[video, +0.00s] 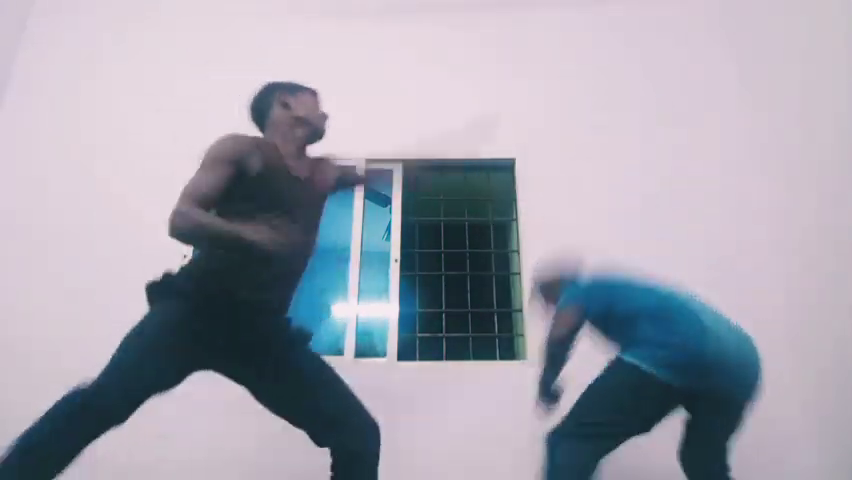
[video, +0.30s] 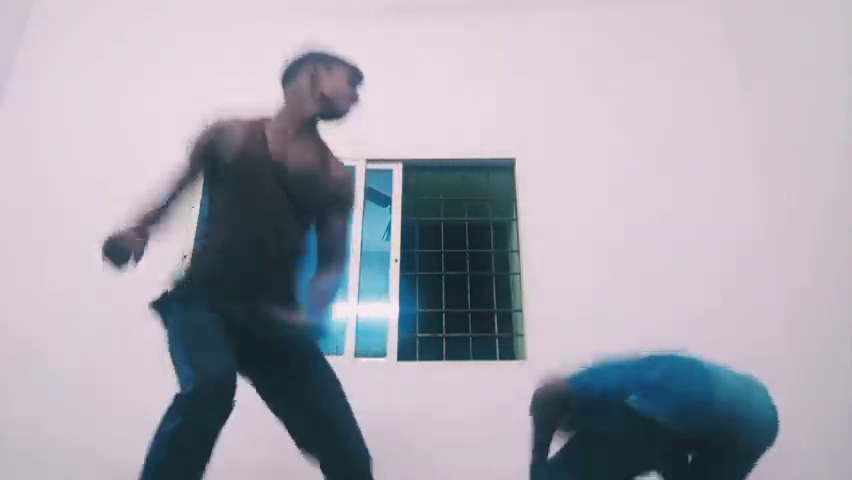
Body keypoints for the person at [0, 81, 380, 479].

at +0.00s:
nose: (323, 108)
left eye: (320, 101)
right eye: (312, 100)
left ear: (296, 112)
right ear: (283, 107)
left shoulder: (325, 174)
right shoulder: (237, 151)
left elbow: (379, 179)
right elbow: (182, 220)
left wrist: (367, 181)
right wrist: (253, 233)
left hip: (262, 333)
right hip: (191, 318)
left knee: (359, 436)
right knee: (102, 405)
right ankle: (14, 471)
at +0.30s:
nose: (355, 93)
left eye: (357, 86)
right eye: (350, 80)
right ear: (310, 75)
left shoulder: (333, 177)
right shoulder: (227, 137)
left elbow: (331, 262)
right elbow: (173, 193)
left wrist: (310, 310)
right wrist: (136, 233)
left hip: (273, 317)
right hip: (202, 304)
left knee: (348, 455)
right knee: (210, 392)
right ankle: (161, 476)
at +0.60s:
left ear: (283, 1)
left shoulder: (285, 54)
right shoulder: (203, 9)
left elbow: (285, 154)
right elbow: (118, 24)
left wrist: (329, 122)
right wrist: (213, 14)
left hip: (209, 185)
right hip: (148, 158)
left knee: (267, 337)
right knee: (97, 291)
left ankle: (225, 473)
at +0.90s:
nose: (290, 18)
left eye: (290, 7)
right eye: (283, 4)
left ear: (248, 11)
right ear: (247, 5)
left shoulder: (244, 119)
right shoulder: (156, 35)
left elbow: (203, 220)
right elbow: (48, 110)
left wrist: (239, 230)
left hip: (136, 264)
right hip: (68, 231)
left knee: (237, 409)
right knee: (62, 369)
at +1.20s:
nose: (315, 14)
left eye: (313, 5)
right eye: (305, 2)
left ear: (271, 12)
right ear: (266, 5)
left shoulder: (285, 105)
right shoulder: (199, 40)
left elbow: (244, 165)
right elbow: (84, 79)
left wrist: (254, 219)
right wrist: (129, 153)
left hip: (222, 247)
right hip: (160, 223)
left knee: (276, 410)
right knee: (71, 358)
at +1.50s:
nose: (295, 15)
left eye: (292, 5)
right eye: (284, 3)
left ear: (254, 12)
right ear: (249, 6)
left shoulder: (254, 104)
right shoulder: (184, 41)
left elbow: (197, 171)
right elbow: (60, 77)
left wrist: (221, 227)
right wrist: (117, 153)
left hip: (195, 263)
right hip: (132, 237)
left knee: (268, 427)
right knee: (43, 386)